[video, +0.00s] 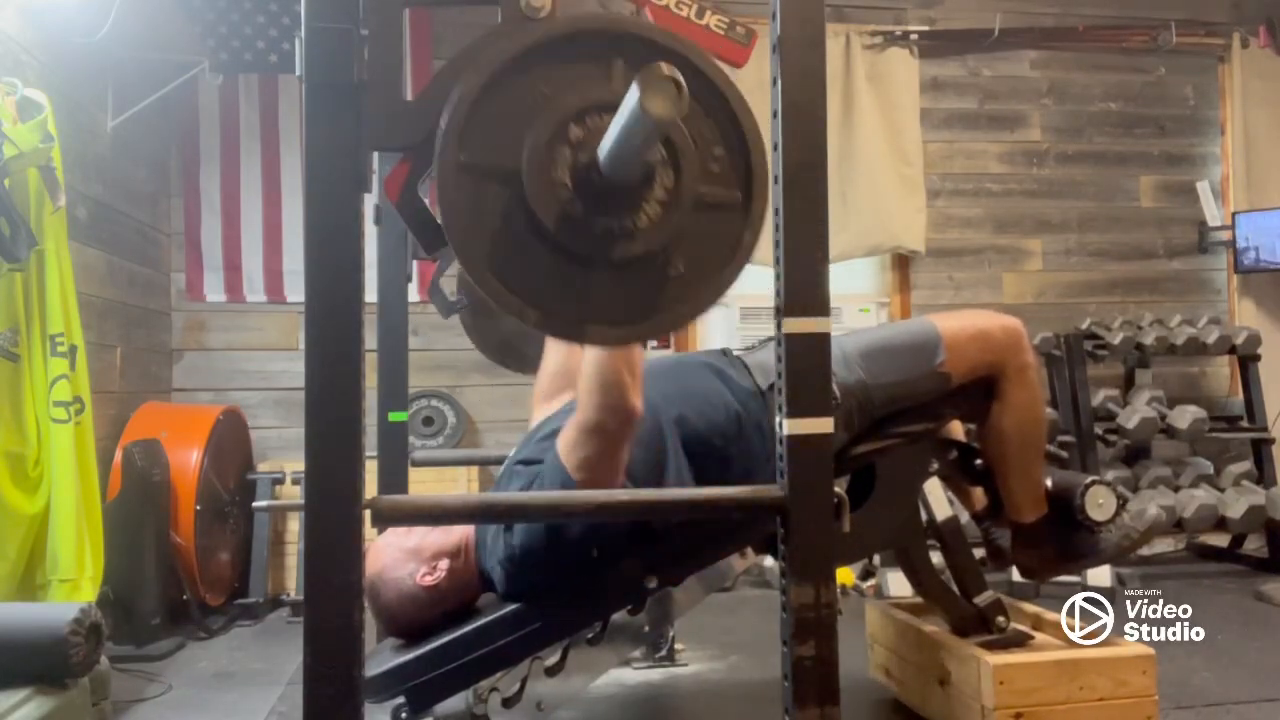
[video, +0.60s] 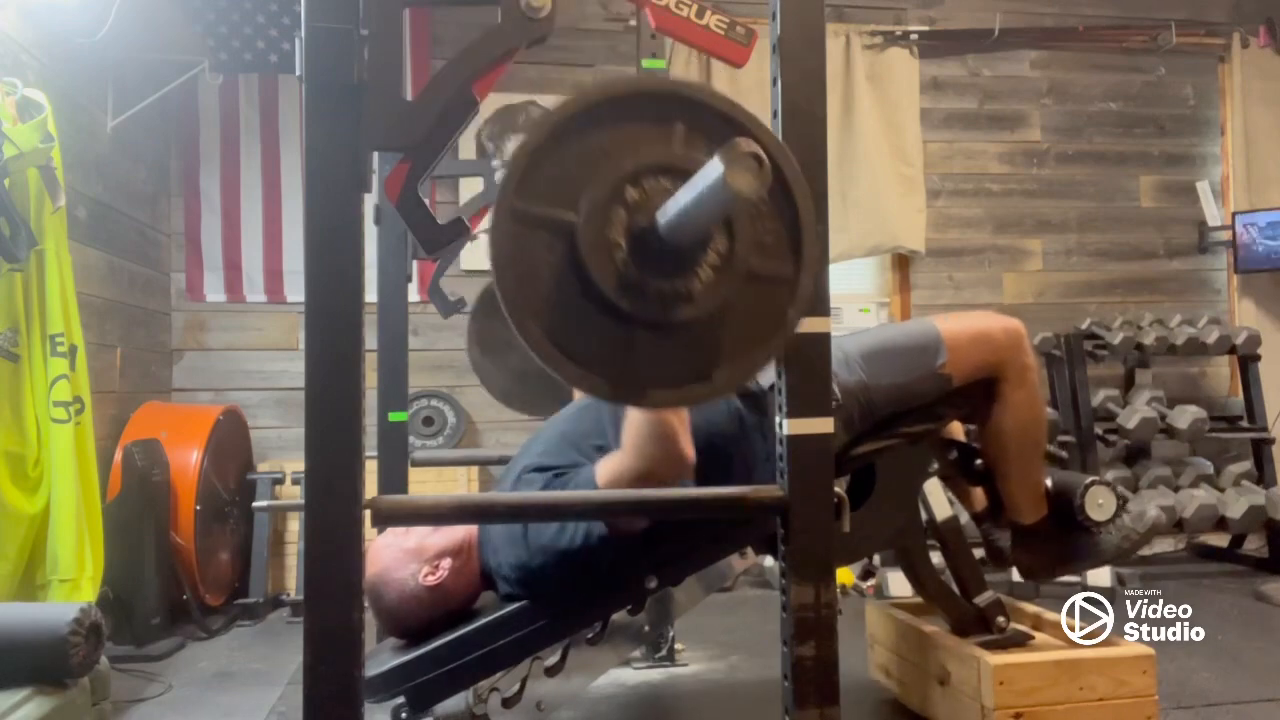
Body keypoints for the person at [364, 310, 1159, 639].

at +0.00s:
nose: (413, 532)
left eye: (396, 536)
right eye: (411, 551)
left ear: (426, 544)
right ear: (445, 576)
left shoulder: (507, 493)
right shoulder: (530, 552)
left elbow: (564, 374)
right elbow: (611, 408)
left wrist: (569, 226)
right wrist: (603, 246)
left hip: (738, 375)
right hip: (769, 423)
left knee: (954, 330)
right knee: (1002, 340)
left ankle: (990, 489)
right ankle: (1034, 532)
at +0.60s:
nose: (417, 531)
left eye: (400, 535)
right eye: (414, 550)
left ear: (427, 541)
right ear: (446, 578)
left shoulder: (502, 496)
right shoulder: (529, 549)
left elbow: (625, 427)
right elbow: (661, 456)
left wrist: (613, 314)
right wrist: (640, 316)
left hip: (748, 378)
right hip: (767, 430)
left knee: (960, 329)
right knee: (1004, 343)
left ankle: (988, 479)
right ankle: (1034, 527)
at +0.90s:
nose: (419, 529)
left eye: (401, 534)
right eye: (418, 547)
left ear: (428, 549)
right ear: (447, 575)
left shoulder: (496, 499)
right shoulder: (533, 541)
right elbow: (690, 539)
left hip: (706, 394)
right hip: (752, 434)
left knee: (900, 314)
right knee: (1001, 339)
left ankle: (978, 471)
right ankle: (1032, 526)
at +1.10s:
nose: (419, 526)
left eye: (402, 532)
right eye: (417, 544)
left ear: (430, 553)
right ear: (447, 572)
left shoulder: (498, 497)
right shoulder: (533, 542)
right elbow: (689, 544)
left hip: (711, 394)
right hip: (754, 434)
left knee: (896, 311)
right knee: (1001, 339)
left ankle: (976, 468)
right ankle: (1032, 525)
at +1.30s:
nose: (421, 530)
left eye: (404, 535)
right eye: (419, 548)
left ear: (428, 543)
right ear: (448, 576)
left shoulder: (500, 497)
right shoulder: (527, 546)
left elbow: (605, 420)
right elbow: (659, 499)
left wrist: (657, 321)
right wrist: (669, 365)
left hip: (735, 375)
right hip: (757, 428)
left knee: (953, 326)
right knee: (1004, 341)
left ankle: (986, 472)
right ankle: (1033, 527)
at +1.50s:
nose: (415, 528)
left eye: (397, 532)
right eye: (412, 547)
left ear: (429, 545)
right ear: (446, 574)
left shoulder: (510, 488)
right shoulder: (531, 557)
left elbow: (572, 388)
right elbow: (626, 424)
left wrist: (583, 242)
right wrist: (605, 267)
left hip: (740, 366)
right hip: (773, 417)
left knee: (932, 321)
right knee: (1004, 341)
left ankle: (971, 467)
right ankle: (1032, 527)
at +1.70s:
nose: (419, 525)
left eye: (402, 530)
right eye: (412, 543)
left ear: (431, 553)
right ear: (444, 578)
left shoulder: (510, 501)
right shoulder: (531, 548)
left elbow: (567, 377)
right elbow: (567, 391)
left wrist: (590, 208)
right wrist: (567, 217)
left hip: (745, 370)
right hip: (771, 418)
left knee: (967, 323)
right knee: (1004, 337)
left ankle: (983, 471)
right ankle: (1031, 525)